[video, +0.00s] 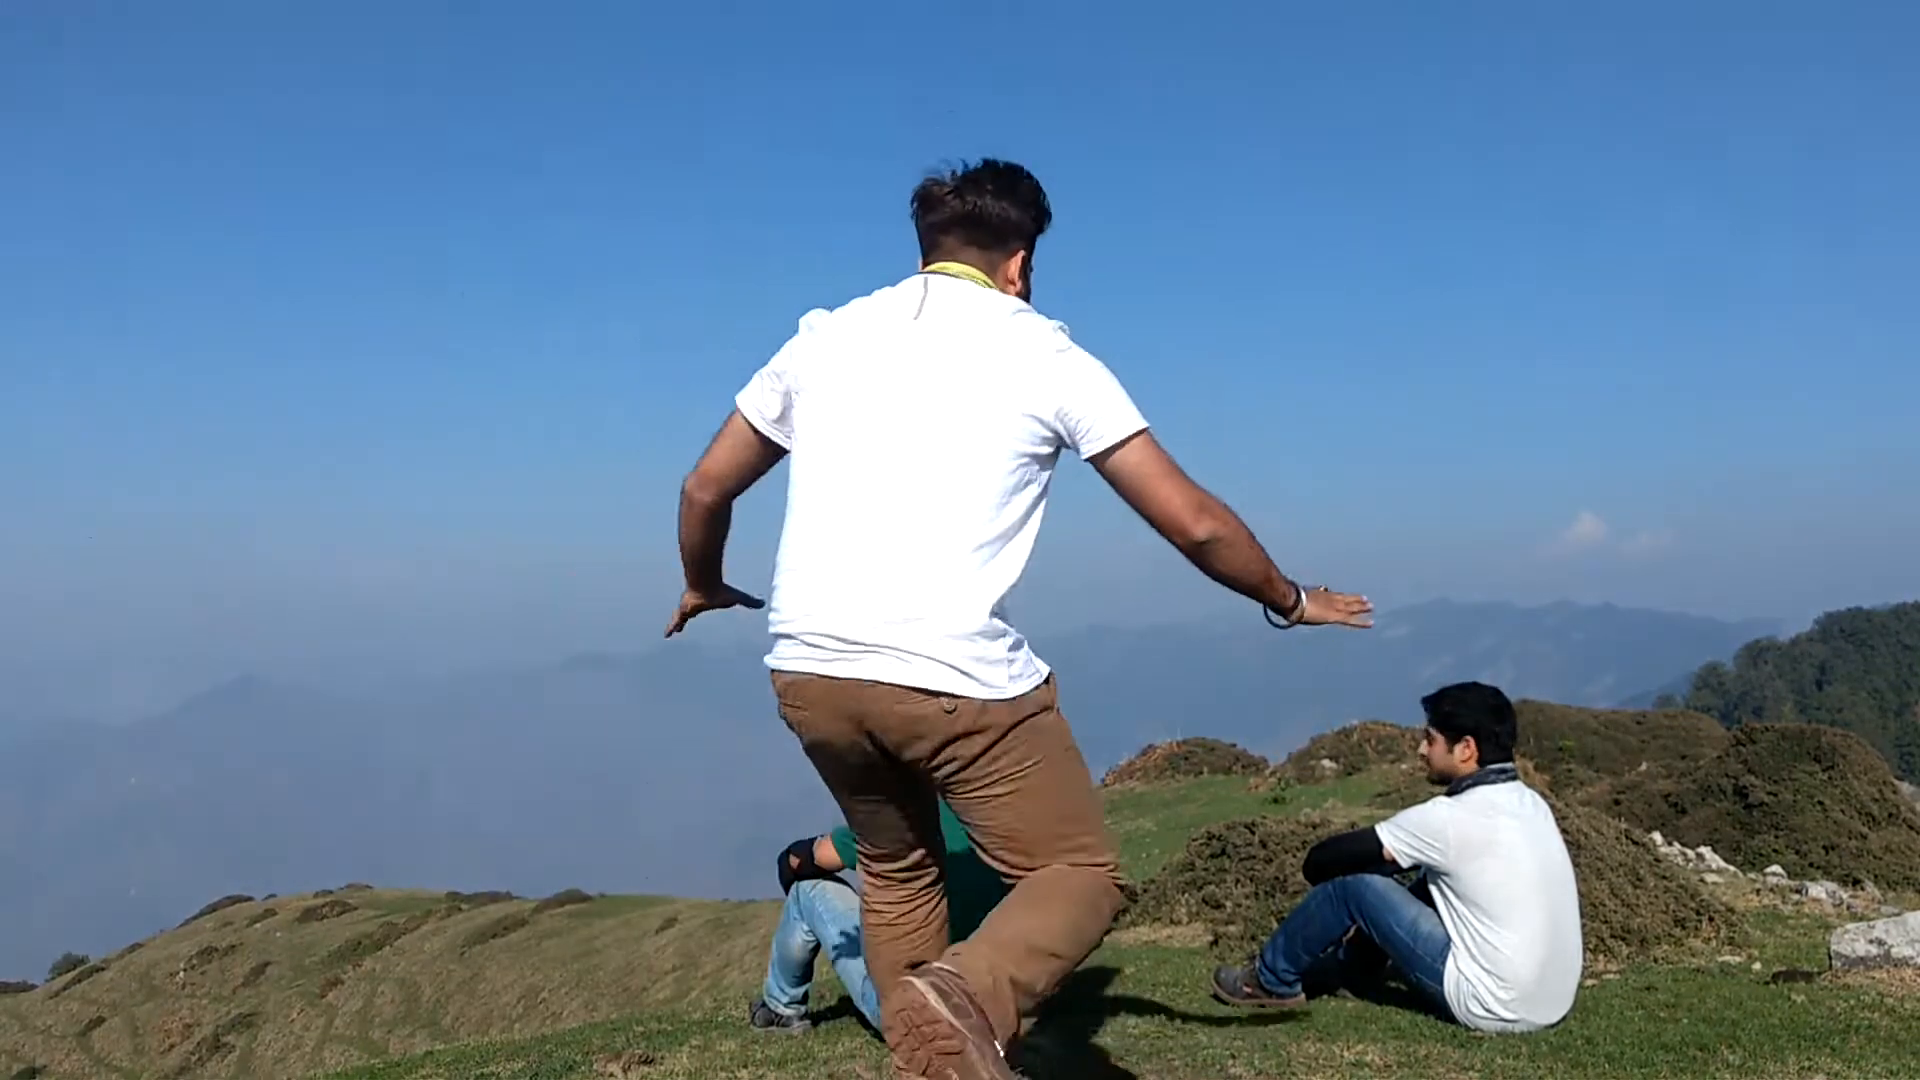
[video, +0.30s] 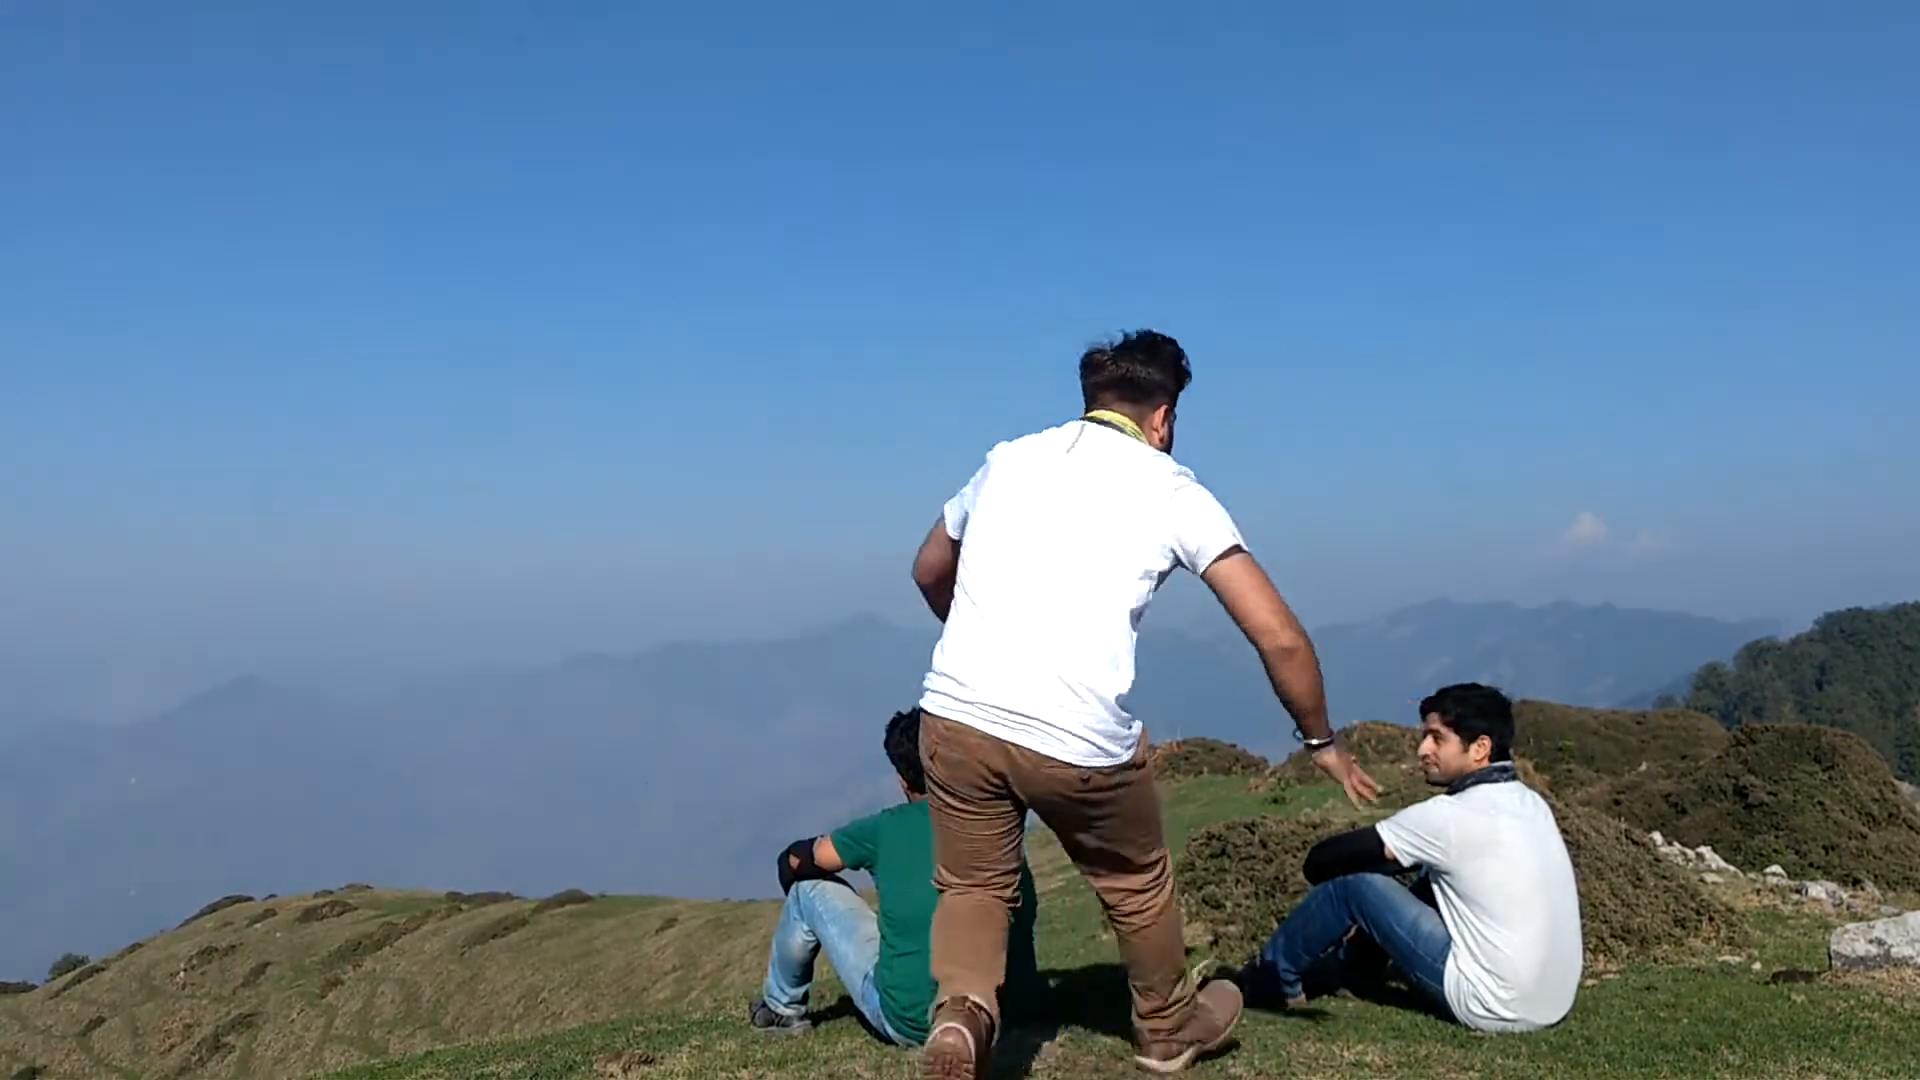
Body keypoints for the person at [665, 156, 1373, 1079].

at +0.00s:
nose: (1033, 281)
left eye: (1030, 263)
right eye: (1033, 262)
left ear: (922, 251)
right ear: (1016, 264)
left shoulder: (823, 339)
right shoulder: (1046, 356)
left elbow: (705, 489)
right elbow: (1194, 523)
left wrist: (702, 583)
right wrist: (1286, 597)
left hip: (813, 674)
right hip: (954, 675)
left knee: (897, 869)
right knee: (1072, 867)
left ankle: (929, 1067)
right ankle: (972, 999)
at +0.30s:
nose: (1174, 433)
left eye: (1174, 419)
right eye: (1175, 418)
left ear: (1088, 403)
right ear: (1160, 418)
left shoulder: (1008, 458)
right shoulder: (1174, 492)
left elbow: (931, 572)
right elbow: (1279, 636)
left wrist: (982, 640)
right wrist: (1322, 737)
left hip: (956, 718)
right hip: (1074, 740)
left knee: (973, 883)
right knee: (1134, 880)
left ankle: (959, 1016)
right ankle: (1166, 1024)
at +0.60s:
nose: (1273, 596)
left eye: (1276, 586)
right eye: (1275, 585)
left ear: (1202, 559)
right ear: (1261, 581)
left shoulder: (1131, 573)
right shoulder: (1259, 635)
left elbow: (1034, 654)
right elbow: (1334, 756)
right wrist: (1403, 807)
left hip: (1015, 738)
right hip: (1105, 766)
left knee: (1094, 818)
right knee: (1227, 839)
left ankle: (1123, 985)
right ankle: (1177, 1018)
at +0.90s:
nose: (1317, 643)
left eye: (1320, 632)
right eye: (1319, 632)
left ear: (1252, 609)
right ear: (1299, 624)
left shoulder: (1186, 628)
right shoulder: (1286, 668)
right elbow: (1389, 781)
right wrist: (1470, 831)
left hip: (1044, 765)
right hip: (1115, 784)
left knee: (1156, 830)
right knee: (1268, 861)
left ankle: (1144, 974)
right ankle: (1174, 983)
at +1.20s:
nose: (1324, 642)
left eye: (1325, 632)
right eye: (1323, 632)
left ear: (1258, 616)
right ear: (1302, 626)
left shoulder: (1197, 636)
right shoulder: (1300, 672)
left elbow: (1106, 710)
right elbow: (1393, 777)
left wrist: (1025, 787)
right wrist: (1476, 831)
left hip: (1063, 779)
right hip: (1131, 796)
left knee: (1168, 827)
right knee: (1278, 878)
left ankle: (1147, 980)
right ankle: (1178, 974)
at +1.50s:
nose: (1300, 651)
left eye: (1298, 645)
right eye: (1302, 644)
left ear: (1236, 623)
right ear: (1291, 637)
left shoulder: (1179, 643)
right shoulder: (1291, 676)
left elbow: (1075, 724)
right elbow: (1378, 785)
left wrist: (1022, 798)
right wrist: (1463, 834)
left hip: (1065, 777)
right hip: (1143, 797)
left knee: (1148, 829)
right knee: (1276, 882)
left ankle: (1143, 970)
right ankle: (1177, 970)